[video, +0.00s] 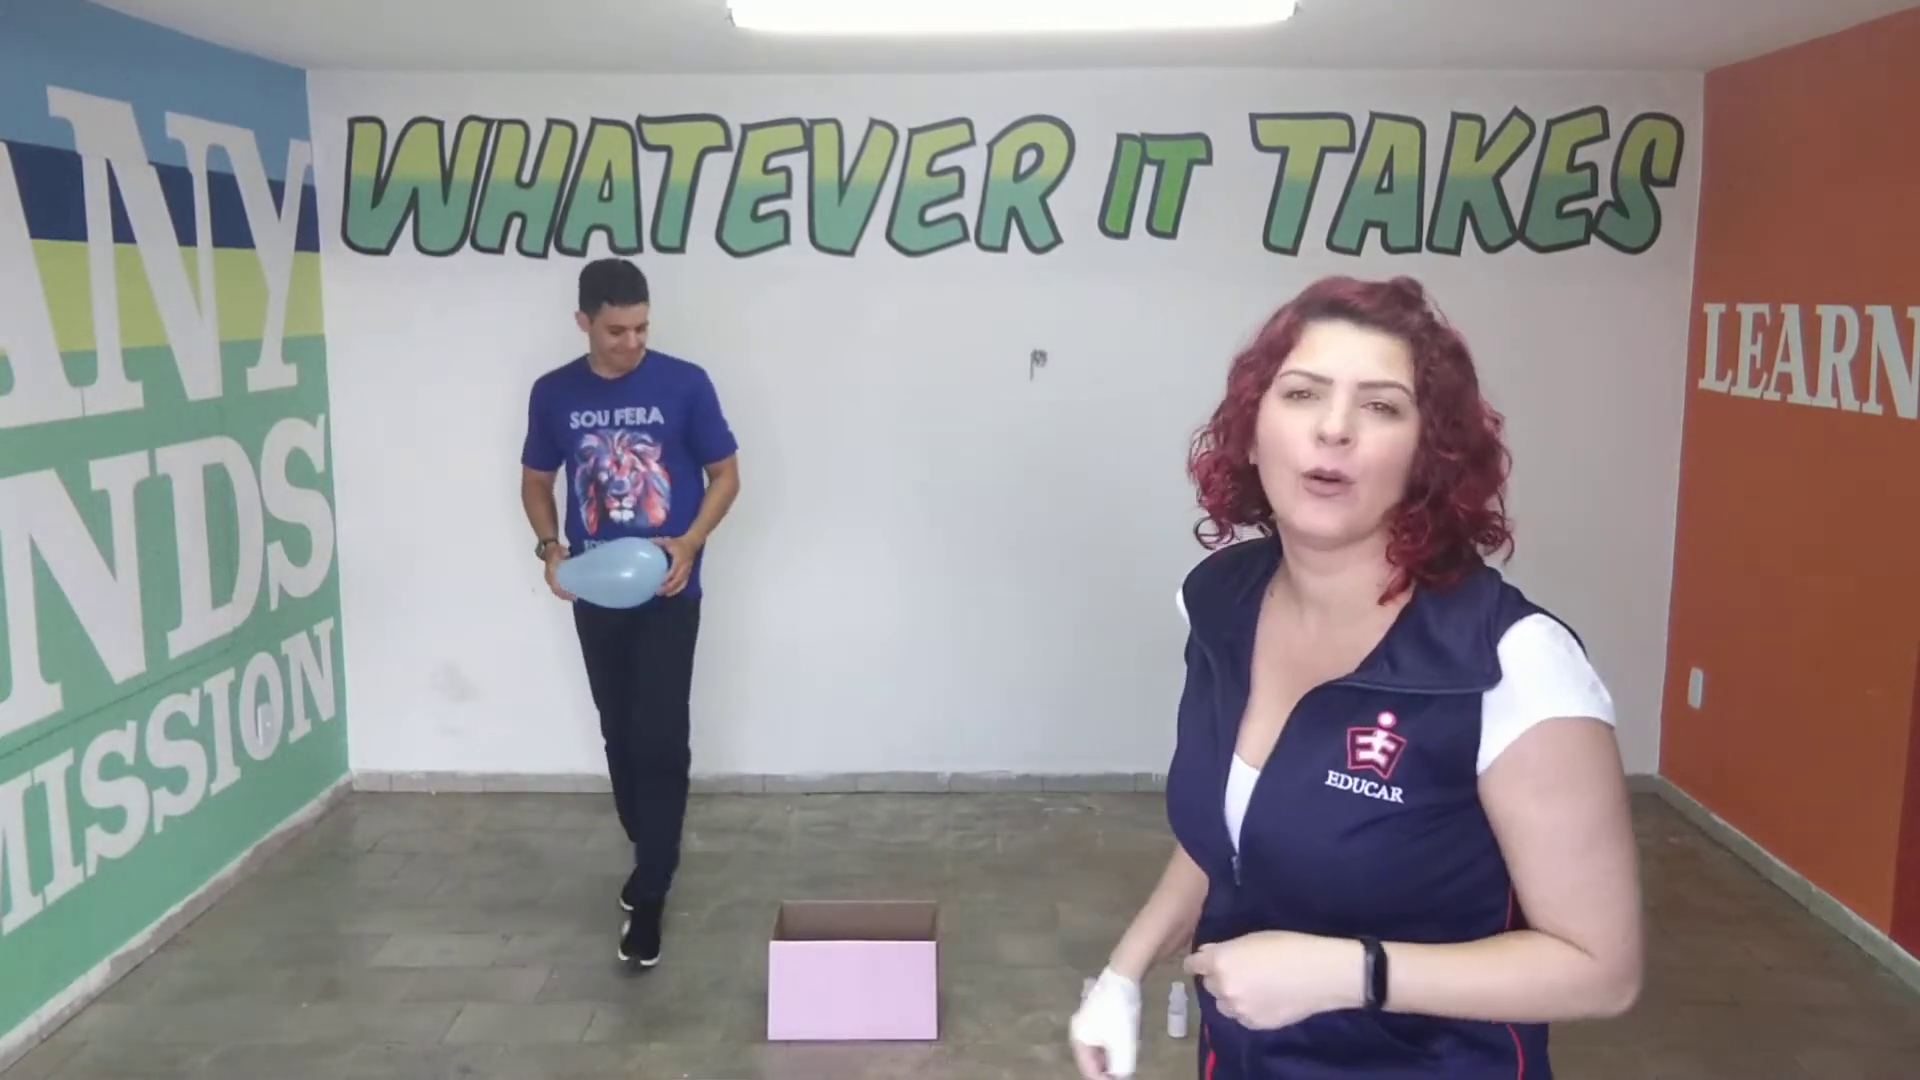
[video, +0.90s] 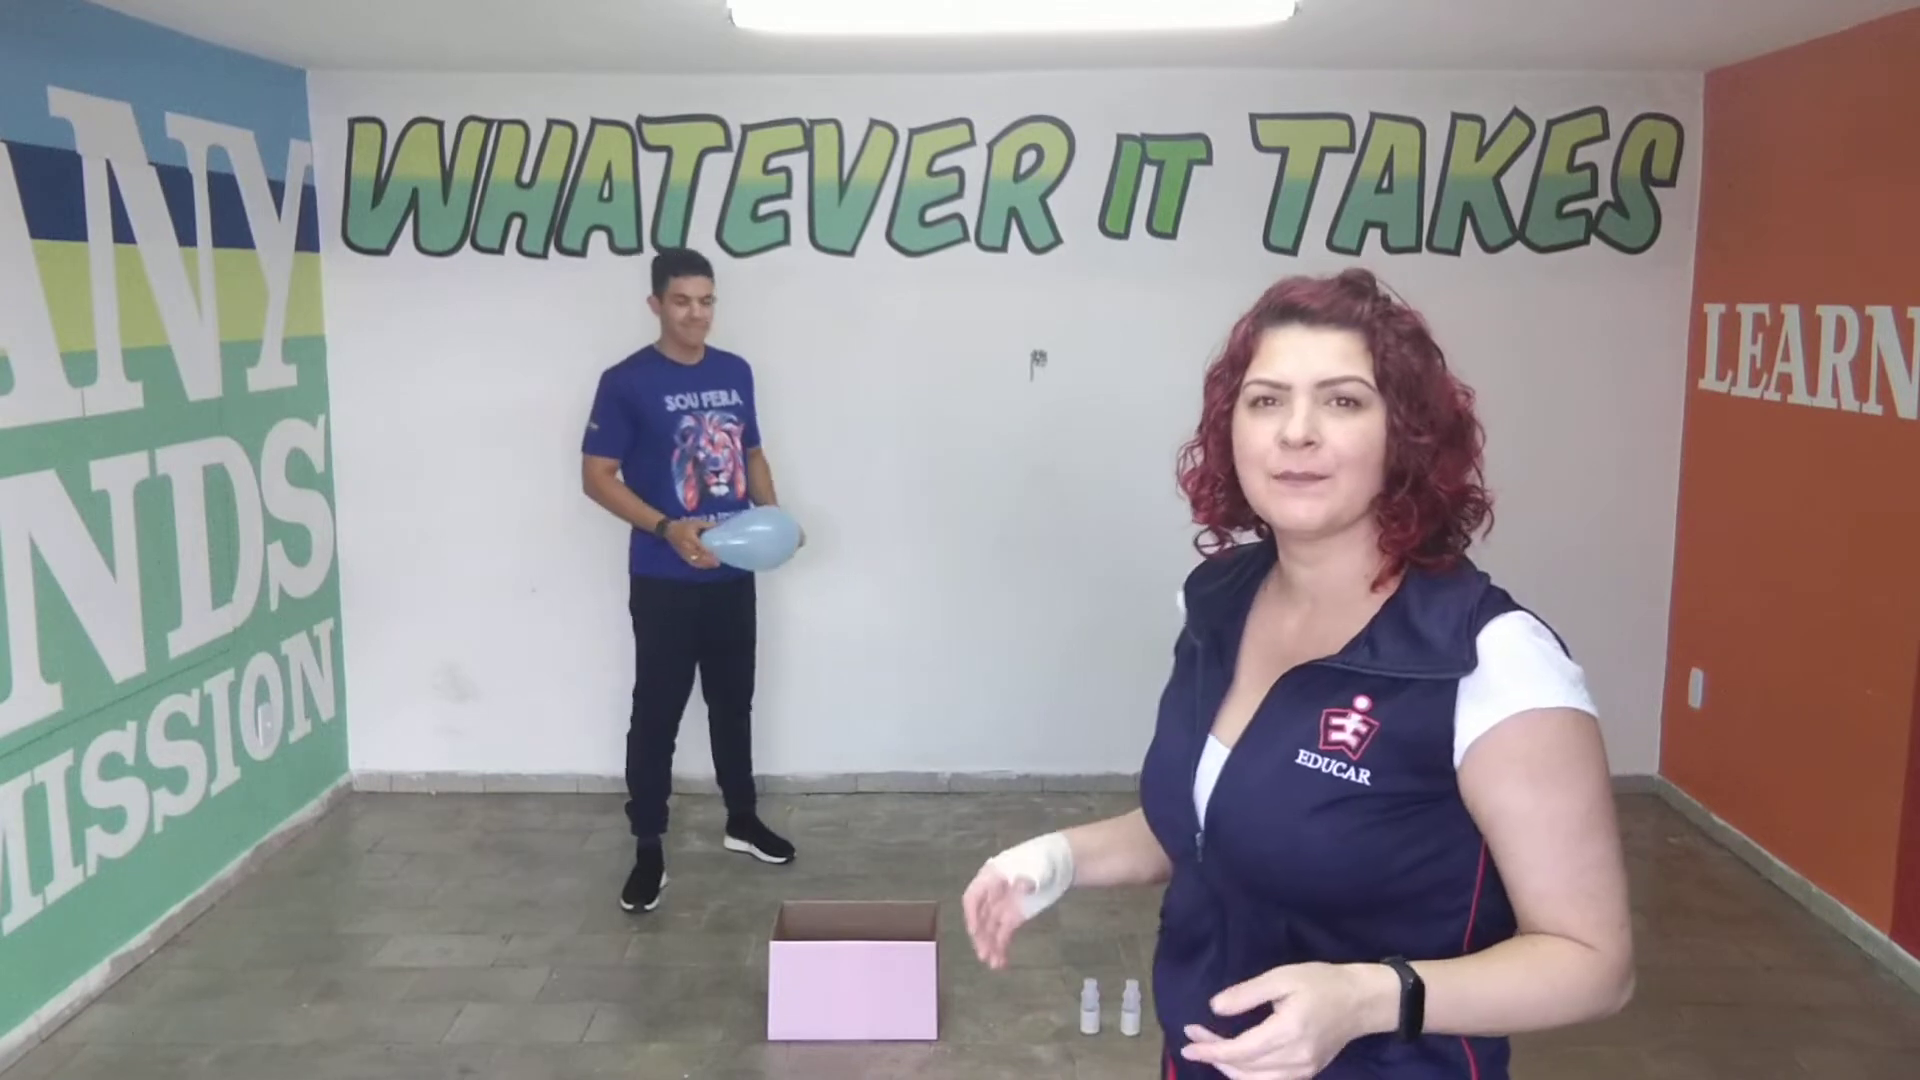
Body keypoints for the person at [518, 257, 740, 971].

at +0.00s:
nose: (630, 342)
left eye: (639, 329)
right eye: (616, 331)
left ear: (649, 319)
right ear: (585, 322)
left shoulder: (684, 384)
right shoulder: (554, 394)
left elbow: (726, 475)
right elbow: (536, 484)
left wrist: (693, 540)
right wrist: (551, 541)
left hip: (668, 588)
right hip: (596, 591)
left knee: (660, 734)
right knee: (619, 732)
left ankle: (650, 895)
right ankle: (648, 861)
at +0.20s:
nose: (631, 327)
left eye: (640, 314)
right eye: (617, 316)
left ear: (652, 310)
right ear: (588, 314)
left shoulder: (687, 377)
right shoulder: (558, 389)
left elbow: (724, 467)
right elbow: (538, 474)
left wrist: (696, 528)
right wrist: (557, 533)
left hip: (680, 580)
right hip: (605, 585)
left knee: (699, 726)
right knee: (628, 726)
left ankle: (721, 877)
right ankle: (645, 854)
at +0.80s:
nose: (686, 319)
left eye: (693, 307)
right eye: (673, 308)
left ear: (701, 306)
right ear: (643, 307)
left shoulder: (723, 372)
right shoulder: (611, 384)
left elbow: (742, 457)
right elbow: (581, 480)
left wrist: (759, 521)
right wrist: (643, 528)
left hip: (726, 574)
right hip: (654, 579)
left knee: (737, 700)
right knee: (650, 714)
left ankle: (745, 817)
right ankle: (647, 851)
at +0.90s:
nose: (696, 312)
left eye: (705, 301)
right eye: (683, 301)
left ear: (714, 305)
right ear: (657, 305)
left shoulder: (734, 373)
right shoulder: (626, 382)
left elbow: (751, 456)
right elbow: (598, 478)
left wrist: (771, 522)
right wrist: (664, 525)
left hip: (732, 575)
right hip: (665, 579)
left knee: (733, 704)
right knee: (656, 717)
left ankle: (742, 819)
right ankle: (648, 852)